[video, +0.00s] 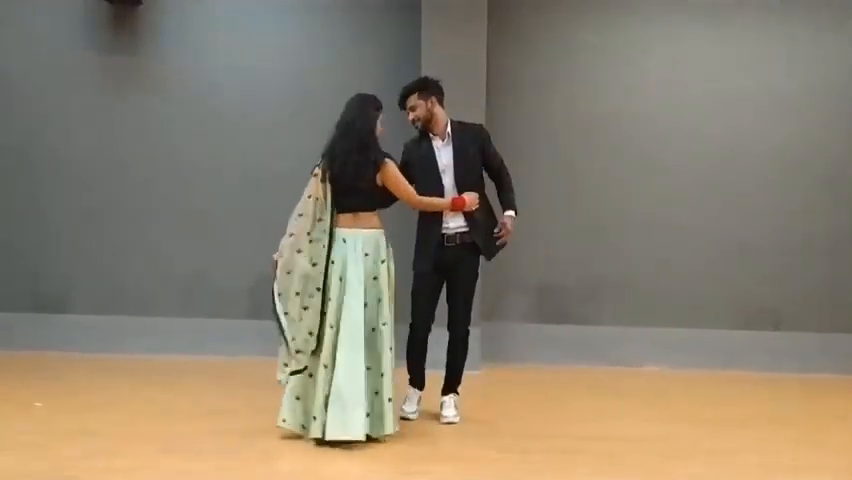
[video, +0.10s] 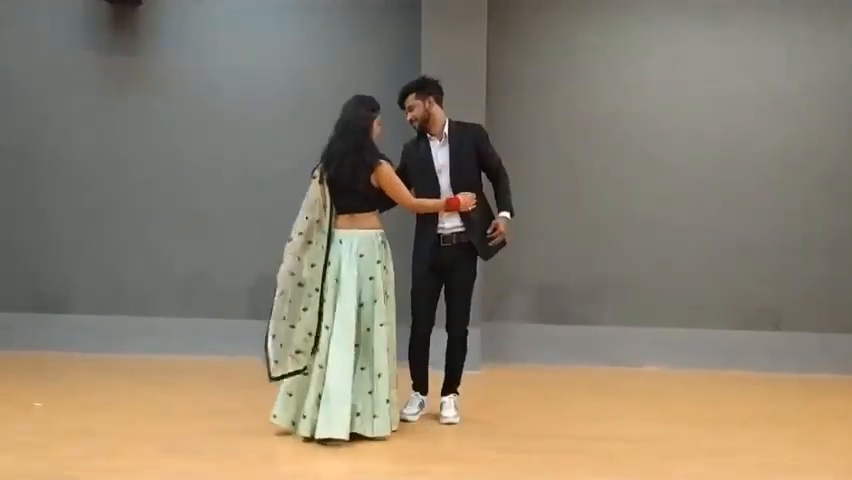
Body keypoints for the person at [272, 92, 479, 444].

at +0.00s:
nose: (382, 126)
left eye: (381, 119)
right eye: (381, 120)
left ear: (347, 120)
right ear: (372, 123)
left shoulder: (329, 163)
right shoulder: (380, 163)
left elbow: (307, 213)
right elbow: (415, 201)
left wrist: (285, 252)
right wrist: (457, 203)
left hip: (336, 245)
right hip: (370, 245)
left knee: (333, 328)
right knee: (367, 331)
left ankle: (326, 413)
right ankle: (360, 415)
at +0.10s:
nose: (380, 126)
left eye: (378, 119)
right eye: (378, 120)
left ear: (347, 122)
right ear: (370, 124)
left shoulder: (327, 165)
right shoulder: (376, 165)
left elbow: (314, 216)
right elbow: (410, 203)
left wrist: (301, 260)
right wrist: (453, 203)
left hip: (334, 248)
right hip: (368, 248)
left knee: (331, 329)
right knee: (367, 331)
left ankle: (324, 411)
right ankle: (362, 413)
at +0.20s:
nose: (377, 128)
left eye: (376, 121)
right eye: (375, 122)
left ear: (346, 123)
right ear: (366, 124)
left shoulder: (327, 165)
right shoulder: (371, 165)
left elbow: (316, 216)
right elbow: (405, 205)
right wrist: (447, 202)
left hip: (333, 248)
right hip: (364, 248)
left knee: (330, 328)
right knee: (363, 329)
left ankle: (322, 408)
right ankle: (360, 410)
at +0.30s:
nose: (374, 128)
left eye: (374, 121)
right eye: (372, 122)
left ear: (344, 124)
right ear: (361, 124)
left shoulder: (332, 163)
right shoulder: (364, 163)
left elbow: (331, 211)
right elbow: (395, 205)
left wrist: (380, 211)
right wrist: (440, 202)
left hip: (335, 246)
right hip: (361, 247)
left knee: (332, 326)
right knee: (361, 327)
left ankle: (324, 404)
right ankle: (357, 407)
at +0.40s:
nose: (373, 127)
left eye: (372, 121)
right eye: (369, 121)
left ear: (349, 122)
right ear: (355, 123)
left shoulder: (337, 159)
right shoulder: (354, 161)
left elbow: (363, 207)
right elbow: (381, 205)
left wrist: (397, 208)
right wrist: (426, 203)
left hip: (338, 243)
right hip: (354, 245)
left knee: (341, 323)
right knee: (358, 323)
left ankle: (335, 402)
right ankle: (355, 404)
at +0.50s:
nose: (369, 126)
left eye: (369, 119)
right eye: (365, 120)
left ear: (352, 123)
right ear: (350, 122)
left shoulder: (354, 158)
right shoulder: (343, 160)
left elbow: (359, 207)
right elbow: (360, 206)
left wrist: (383, 211)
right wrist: (400, 205)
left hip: (355, 240)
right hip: (342, 242)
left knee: (358, 320)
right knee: (349, 320)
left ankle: (355, 401)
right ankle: (346, 403)